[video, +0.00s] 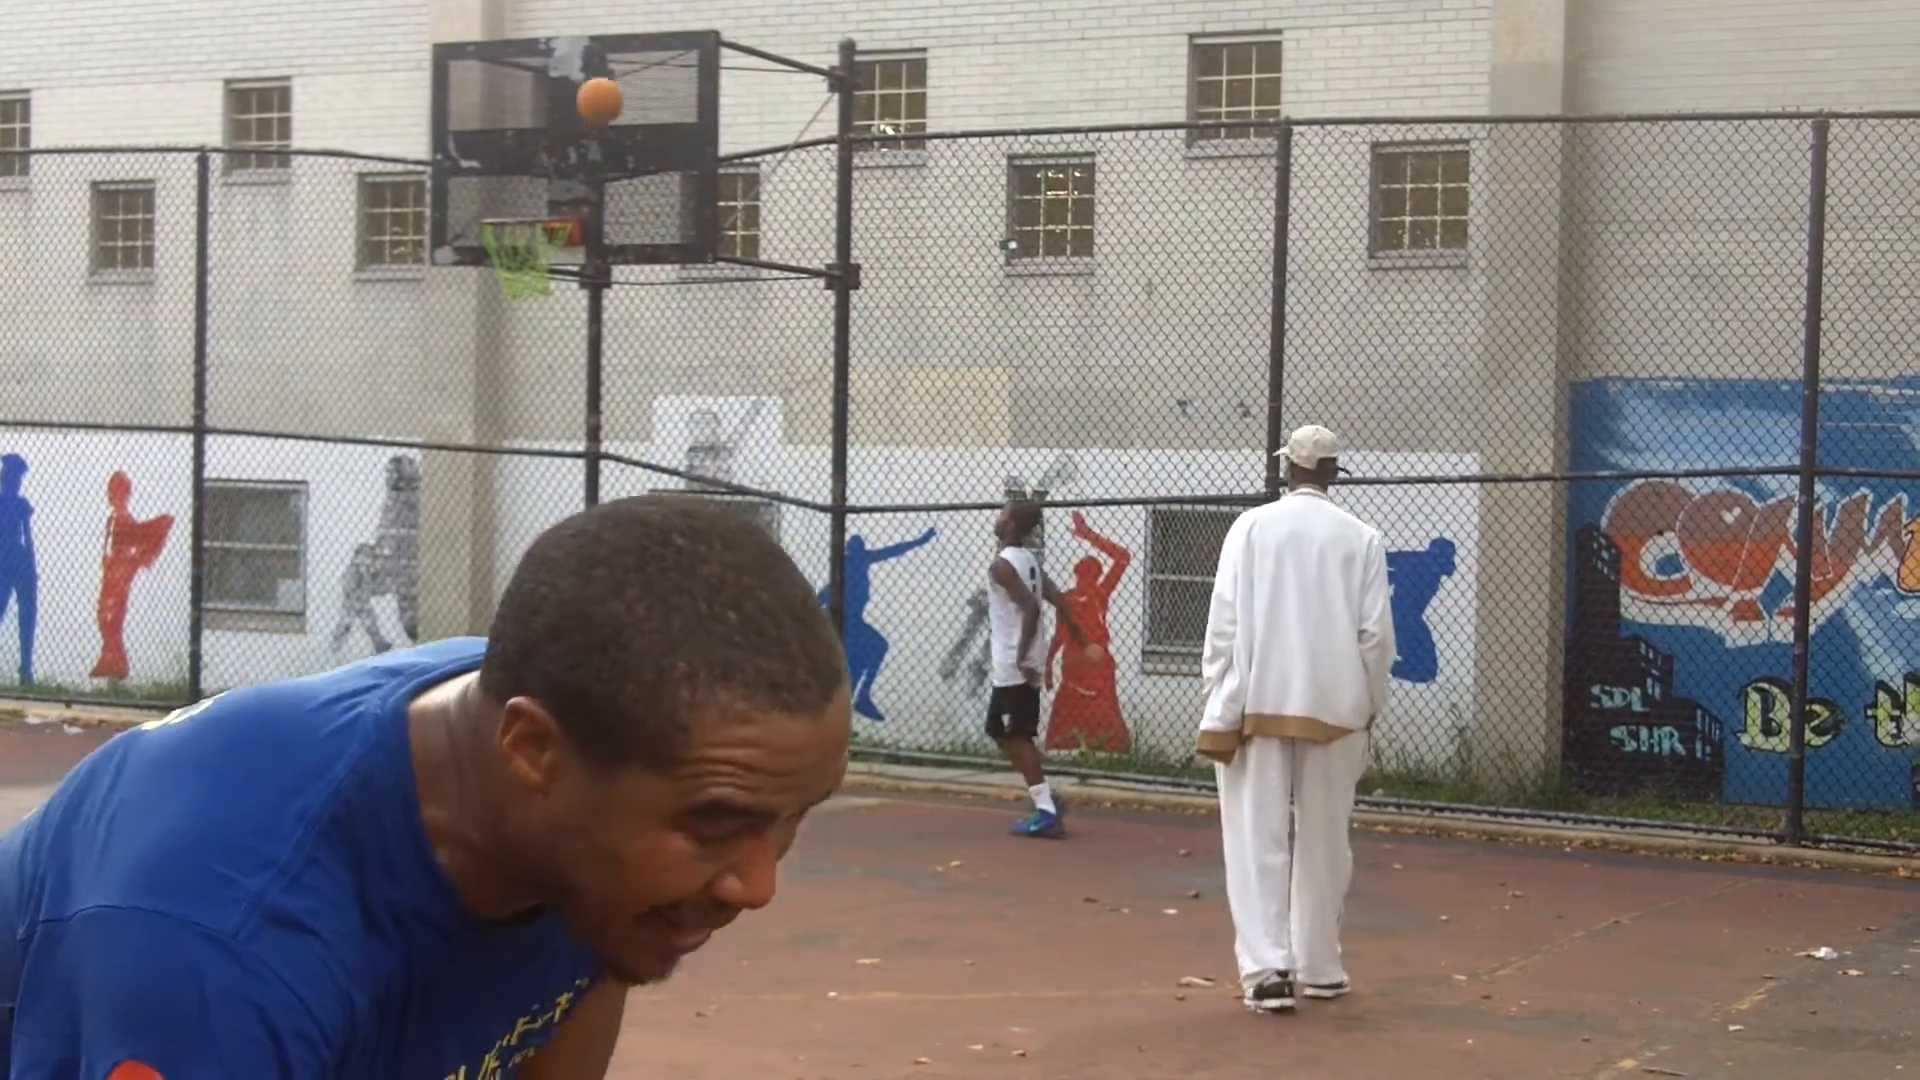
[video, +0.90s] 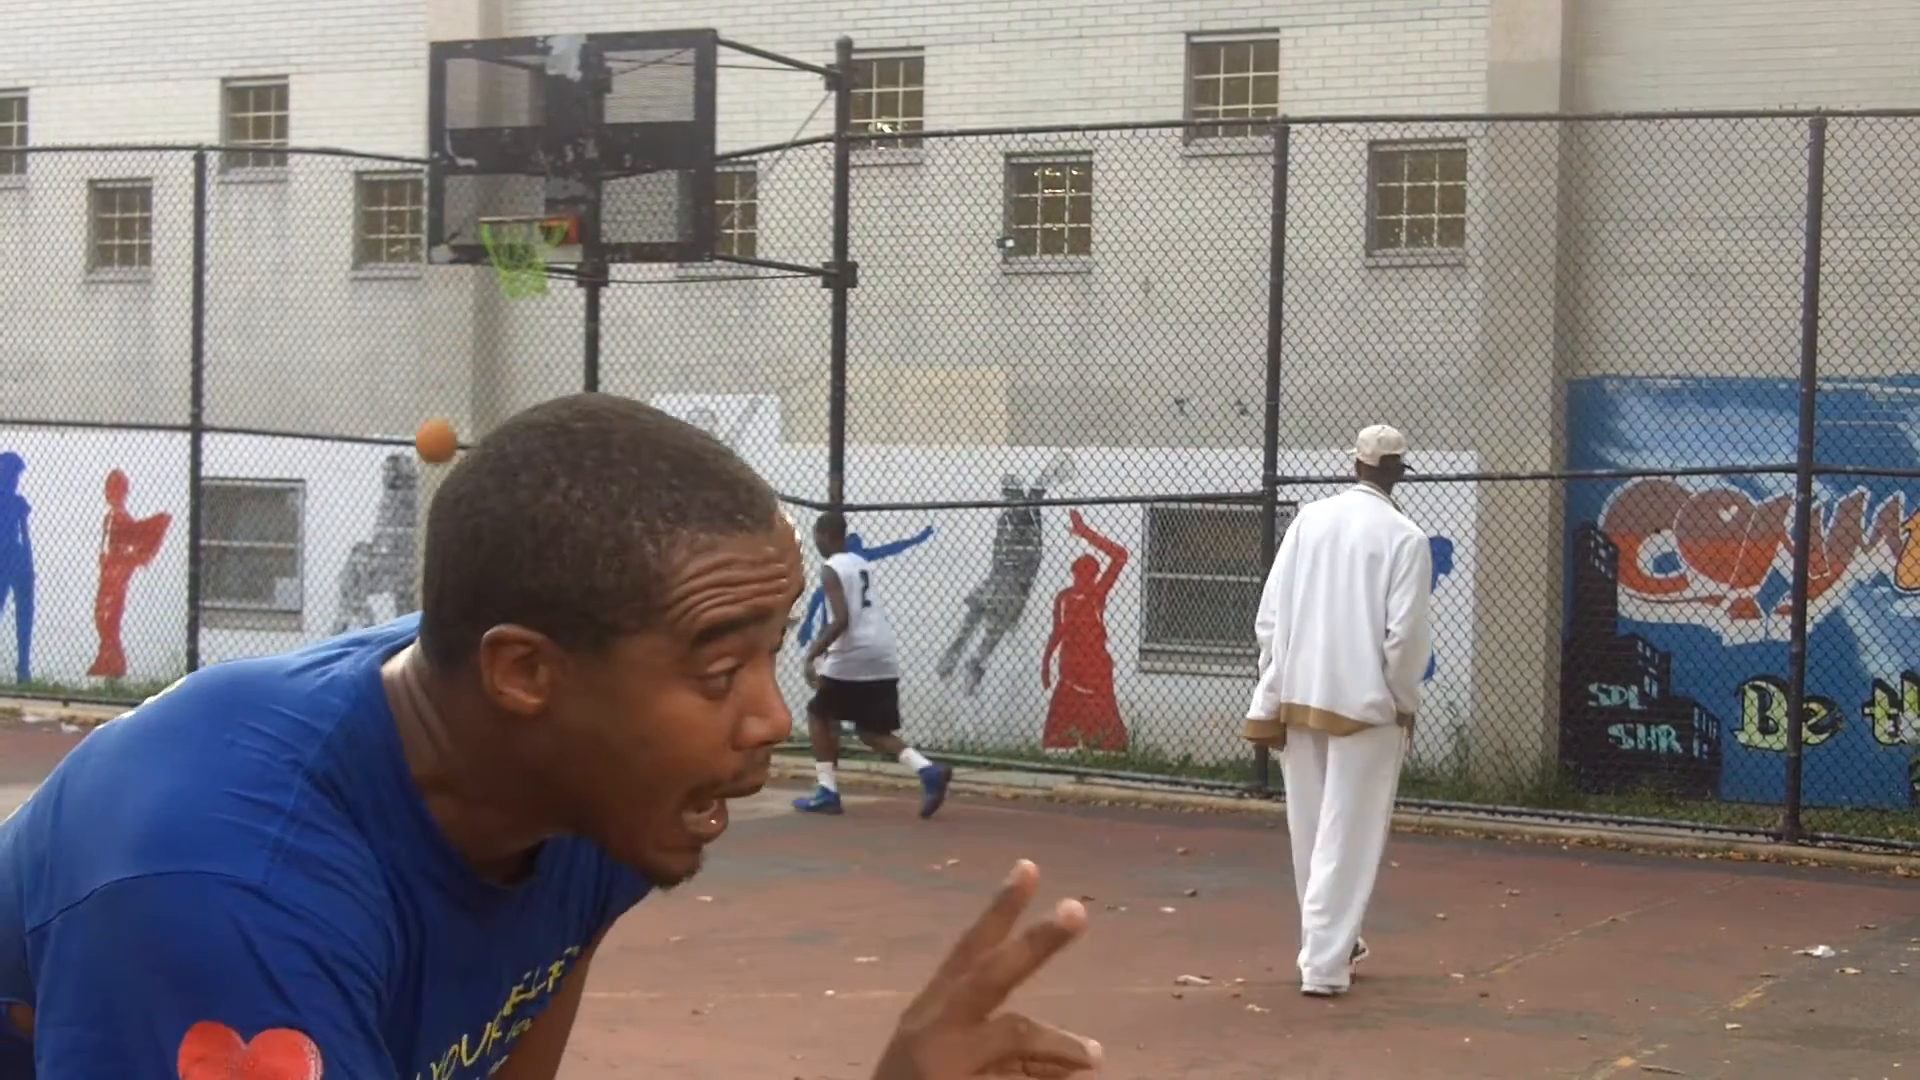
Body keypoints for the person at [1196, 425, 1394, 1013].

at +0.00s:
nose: (1319, 481)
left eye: (1287, 469)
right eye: (1330, 472)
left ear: (1284, 472)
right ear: (1333, 476)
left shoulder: (1248, 528)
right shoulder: (1361, 537)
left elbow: (1222, 628)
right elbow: (1377, 635)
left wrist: (1219, 709)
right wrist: (1370, 714)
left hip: (1254, 706)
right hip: (1332, 709)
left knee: (1255, 841)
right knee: (1325, 839)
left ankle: (1266, 970)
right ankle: (1319, 969)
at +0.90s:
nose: (1388, 474)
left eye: (1371, 463)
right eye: (1396, 468)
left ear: (1354, 466)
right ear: (1400, 472)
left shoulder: (1307, 519)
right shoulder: (1404, 538)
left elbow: (1269, 617)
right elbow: (1403, 634)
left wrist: (1274, 688)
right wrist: (1407, 702)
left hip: (1298, 696)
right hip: (1364, 703)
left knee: (1308, 826)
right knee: (1345, 832)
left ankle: (1326, 940)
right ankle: (1321, 967)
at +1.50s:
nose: (1399, 477)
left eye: (1380, 470)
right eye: (1404, 470)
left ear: (1364, 476)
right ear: (1408, 474)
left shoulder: (1333, 532)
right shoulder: (1434, 530)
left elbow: (1312, 629)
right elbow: (1447, 623)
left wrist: (1316, 703)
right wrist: (1461, 692)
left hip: (1349, 695)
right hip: (1417, 694)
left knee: (1354, 822)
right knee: (1424, 826)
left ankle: (1358, 950)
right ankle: (1382, 930)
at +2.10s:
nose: (1482, 482)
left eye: (1465, 470)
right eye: (1493, 476)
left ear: (1451, 472)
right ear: (1497, 479)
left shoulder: (1405, 520)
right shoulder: (1509, 542)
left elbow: (1367, 612)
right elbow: (1512, 634)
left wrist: (1361, 685)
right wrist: (1501, 698)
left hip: (1392, 688)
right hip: (1466, 696)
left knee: (1373, 818)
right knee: (1461, 827)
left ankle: (1365, 938)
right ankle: (1460, 960)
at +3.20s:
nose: (1406, 476)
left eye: (1411, 468)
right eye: (1408, 467)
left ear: (1430, 470)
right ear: (1456, 472)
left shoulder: (1410, 524)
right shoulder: (1498, 533)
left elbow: (1396, 618)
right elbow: (1522, 623)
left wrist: (1380, 693)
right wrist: (1504, 692)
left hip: (1422, 697)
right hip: (1483, 699)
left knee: (1417, 825)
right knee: (1477, 822)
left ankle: (1431, 956)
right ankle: (1474, 956)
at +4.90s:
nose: (1423, 476)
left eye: (1427, 467)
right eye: (1424, 467)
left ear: (1437, 469)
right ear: (1473, 473)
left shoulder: (1427, 522)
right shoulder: (1504, 529)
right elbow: (1527, 617)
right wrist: (1514, 676)